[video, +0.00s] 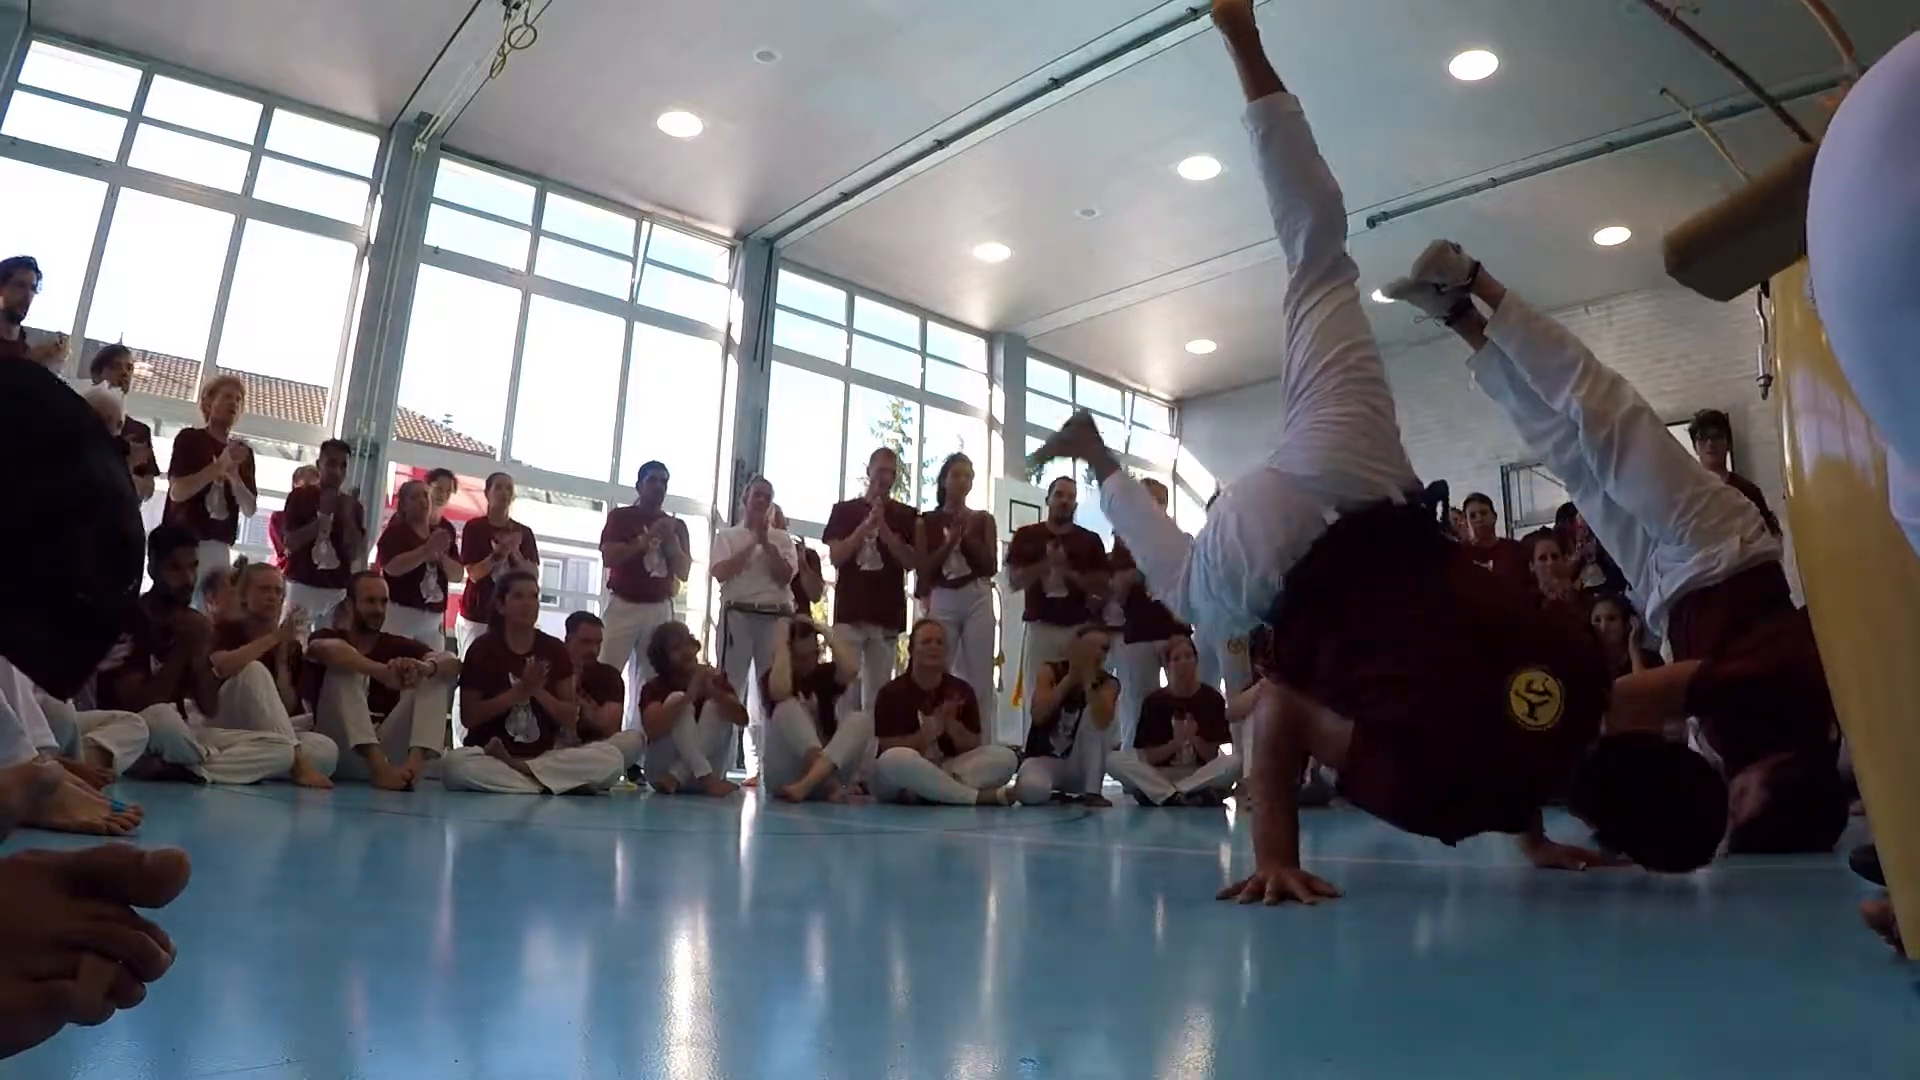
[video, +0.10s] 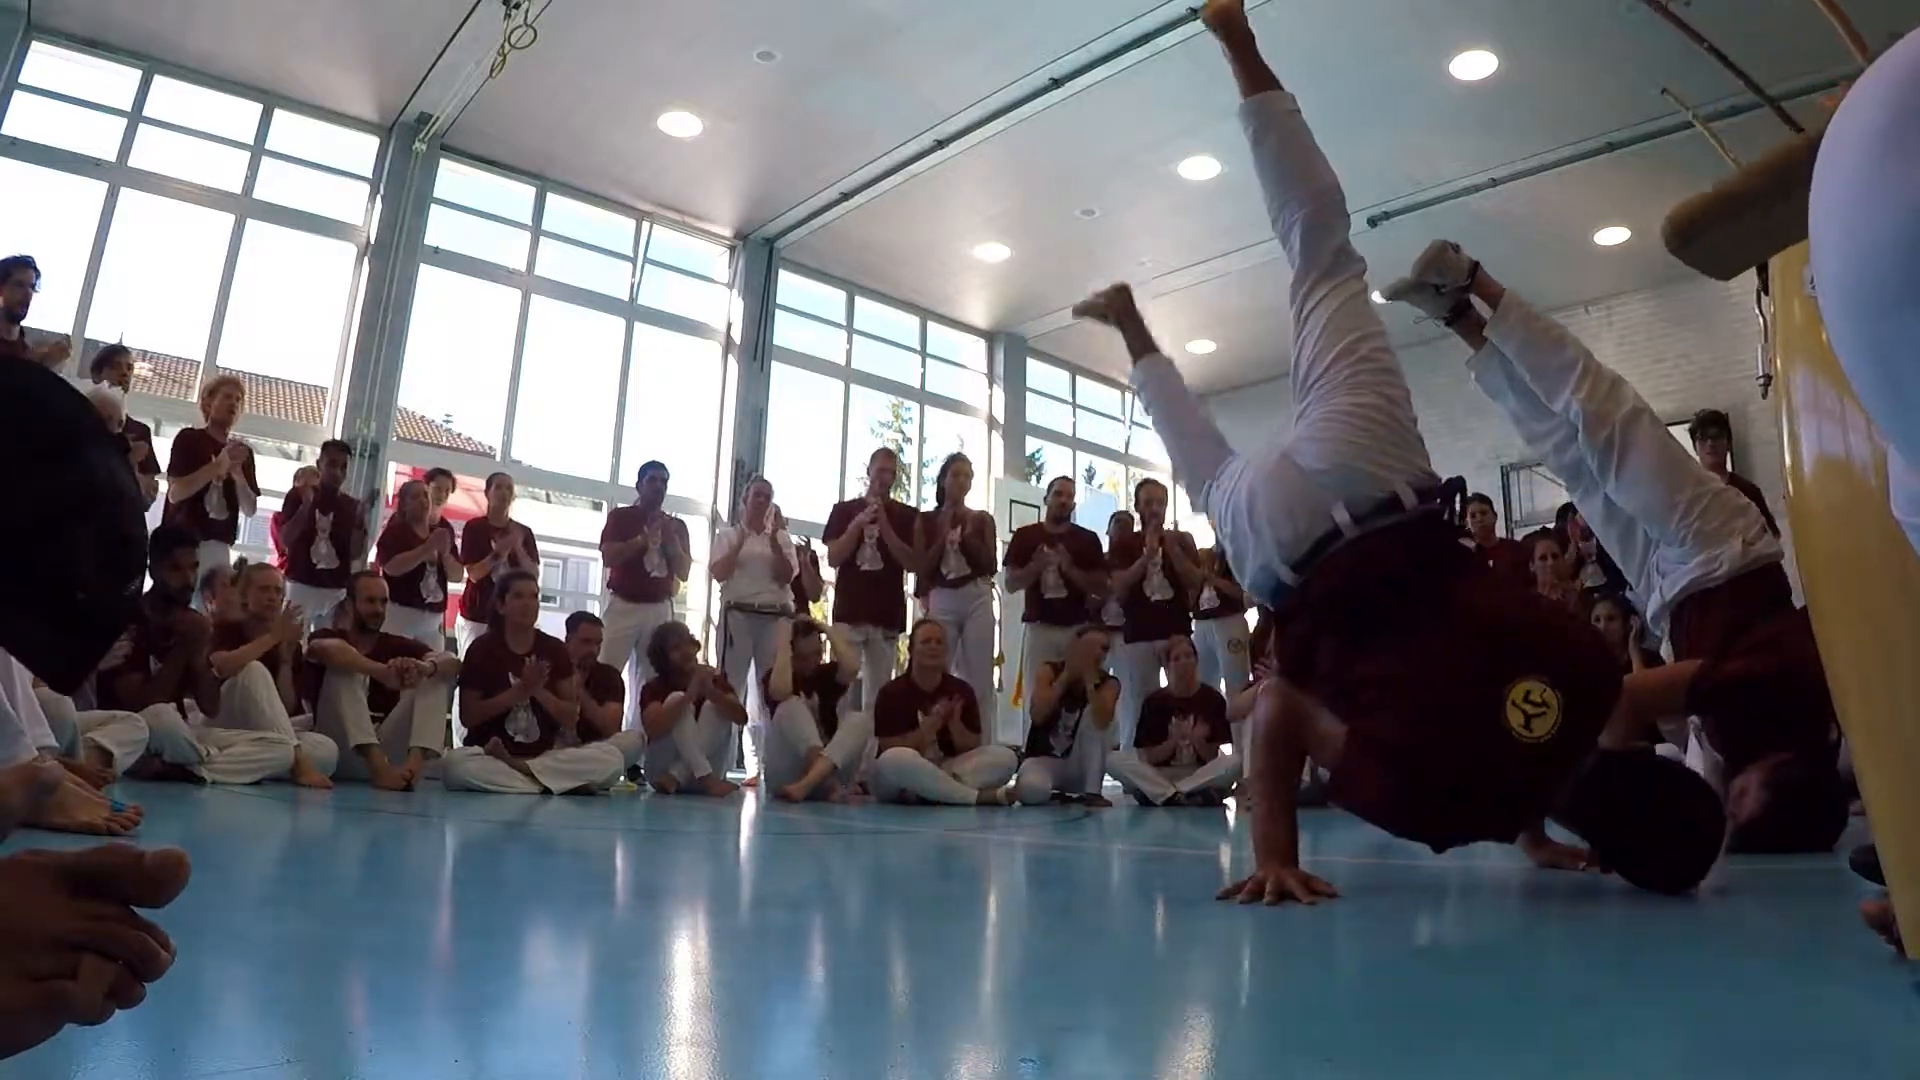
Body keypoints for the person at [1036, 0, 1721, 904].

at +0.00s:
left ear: (1641, 735)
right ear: (1607, 834)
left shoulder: (1584, 690)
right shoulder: (1436, 794)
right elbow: (1278, 702)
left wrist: (1534, 830)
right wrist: (1275, 859)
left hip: (1365, 482)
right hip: (1260, 553)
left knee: (1321, 264)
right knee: (1187, 597)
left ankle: (1243, 38)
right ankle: (1101, 456)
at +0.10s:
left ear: (1654, 775)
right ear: (1600, 848)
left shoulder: (1596, 688)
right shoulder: (1426, 800)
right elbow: (1279, 702)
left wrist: (1528, 824)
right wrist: (1273, 857)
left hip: (1388, 482)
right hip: (1279, 544)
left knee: (1325, 258)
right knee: (1208, 471)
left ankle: (1240, 44)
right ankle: (1132, 332)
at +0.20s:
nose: (1557, 876)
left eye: (1574, 874)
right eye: (1572, 872)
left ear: (1630, 788)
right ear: (1564, 851)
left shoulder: (1598, 691)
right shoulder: (1416, 796)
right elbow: (1271, 706)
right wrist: (1273, 857)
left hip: (1418, 499)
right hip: (1307, 541)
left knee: (1341, 254)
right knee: (1244, 385)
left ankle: (1260, 60)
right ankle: (1176, 232)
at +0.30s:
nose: (1549, 879)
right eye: (1567, 877)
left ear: (1647, 803)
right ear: (1558, 853)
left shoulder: (1598, 693)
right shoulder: (1419, 793)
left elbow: (1645, 672)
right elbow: (1272, 702)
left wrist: (1611, 776)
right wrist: (1274, 859)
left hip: (1438, 497)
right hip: (1320, 530)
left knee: (1363, 259)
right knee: (1272, 340)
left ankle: (1298, 93)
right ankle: (1224, 174)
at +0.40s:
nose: (1549, 878)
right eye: (1568, 877)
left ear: (1647, 797)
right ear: (1559, 854)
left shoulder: (1611, 690)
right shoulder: (1420, 794)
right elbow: (1279, 702)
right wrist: (1276, 858)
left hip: (1446, 486)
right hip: (1321, 524)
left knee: (1372, 258)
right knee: (1296, 307)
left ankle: (1323, 114)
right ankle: (1264, 144)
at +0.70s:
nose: (1557, 878)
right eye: (1578, 877)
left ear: (1657, 792)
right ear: (1571, 854)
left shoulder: (1613, 688)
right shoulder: (1425, 802)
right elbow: (1282, 697)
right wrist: (1277, 858)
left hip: (1439, 479)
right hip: (1312, 520)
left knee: (1391, 301)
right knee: (1309, 345)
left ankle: (1313, 122)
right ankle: (1273, 158)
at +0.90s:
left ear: (1677, 797)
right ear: (1597, 859)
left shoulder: (1611, 681)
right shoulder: (1427, 815)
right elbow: (1281, 707)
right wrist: (1277, 859)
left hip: (1401, 500)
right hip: (1272, 559)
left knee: (1392, 336)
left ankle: (1249, 239)